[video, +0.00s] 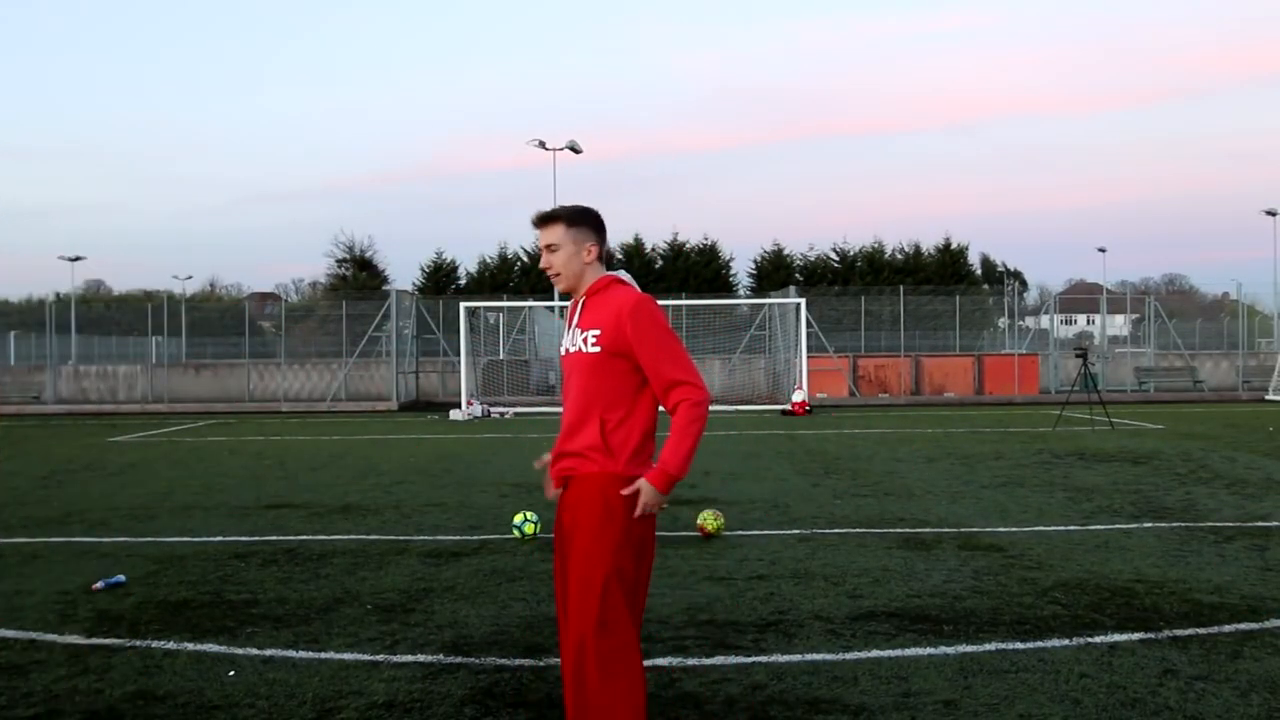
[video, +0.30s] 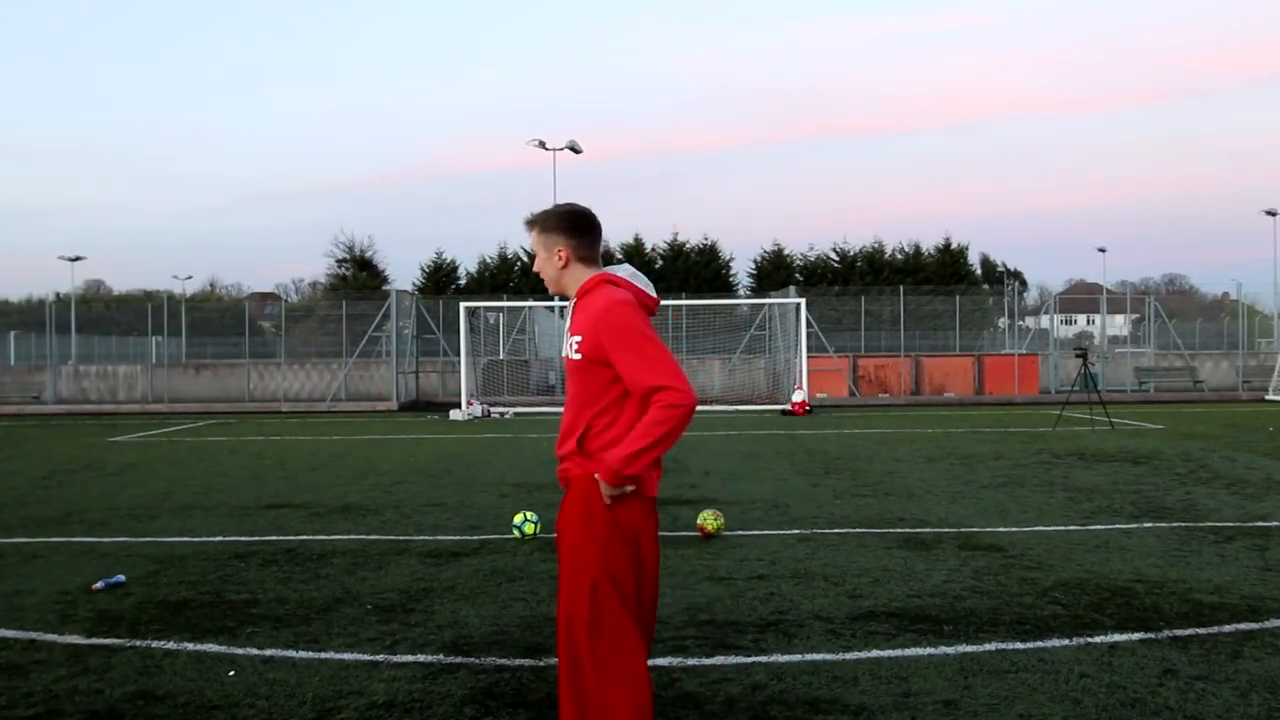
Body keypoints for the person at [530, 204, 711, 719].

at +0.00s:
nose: (543, 263)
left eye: (552, 250)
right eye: (541, 253)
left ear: (590, 250)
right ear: (579, 254)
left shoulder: (628, 305)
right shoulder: (580, 309)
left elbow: (691, 397)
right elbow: (594, 401)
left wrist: (662, 478)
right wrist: (560, 457)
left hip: (614, 493)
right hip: (577, 493)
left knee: (603, 639)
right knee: (576, 638)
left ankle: (615, 716)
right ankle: (583, 715)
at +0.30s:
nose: (535, 269)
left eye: (536, 256)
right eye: (533, 258)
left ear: (562, 254)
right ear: (578, 252)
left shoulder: (608, 306)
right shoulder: (592, 306)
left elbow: (676, 397)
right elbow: (632, 398)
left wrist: (615, 471)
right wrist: (587, 461)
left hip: (606, 503)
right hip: (589, 500)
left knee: (605, 648)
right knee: (584, 644)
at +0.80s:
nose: (543, 263)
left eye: (541, 254)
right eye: (541, 255)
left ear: (549, 254)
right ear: (598, 250)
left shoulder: (579, 301)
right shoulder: (634, 301)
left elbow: (616, 383)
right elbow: (692, 378)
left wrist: (570, 458)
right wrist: (645, 441)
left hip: (598, 496)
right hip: (638, 494)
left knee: (600, 632)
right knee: (639, 626)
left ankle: (610, 713)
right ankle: (642, 710)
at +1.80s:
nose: (480, 269)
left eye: (488, 256)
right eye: (478, 258)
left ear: (524, 256)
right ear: (528, 260)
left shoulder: (533, 311)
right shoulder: (558, 309)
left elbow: (582, 400)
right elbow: (614, 393)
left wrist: (540, 474)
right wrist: (600, 471)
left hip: (523, 512)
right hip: (565, 509)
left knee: (505, 648)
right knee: (571, 648)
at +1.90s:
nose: (462, 269)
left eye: (470, 256)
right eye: (460, 258)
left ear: (507, 256)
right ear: (509, 260)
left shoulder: (518, 312)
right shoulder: (539, 308)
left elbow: (572, 404)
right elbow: (598, 399)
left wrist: (536, 484)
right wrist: (577, 475)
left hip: (511, 506)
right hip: (546, 506)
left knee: (491, 642)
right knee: (545, 636)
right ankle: (576, 708)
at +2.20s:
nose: (432, 276)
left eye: (440, 264)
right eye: (431, 265)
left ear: (477, 265)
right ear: (474, 268)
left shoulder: (506, 318)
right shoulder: (493, 318)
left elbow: (554, 419)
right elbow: (530, 419)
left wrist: (518, 503)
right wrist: (500, 498)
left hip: (517, 509)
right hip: (501, 506)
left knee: (499, 645)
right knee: (488, 642)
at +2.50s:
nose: (406, 304)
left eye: (415, 292)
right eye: (403, 294)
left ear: (451, 293)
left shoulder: (494, 333)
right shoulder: (447, 354)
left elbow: (577, 404)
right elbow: (513, 416)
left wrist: (565, 490)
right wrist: (517, 490)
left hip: (550, 496)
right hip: (518, 495)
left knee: (526, 632)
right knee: (507, 629)